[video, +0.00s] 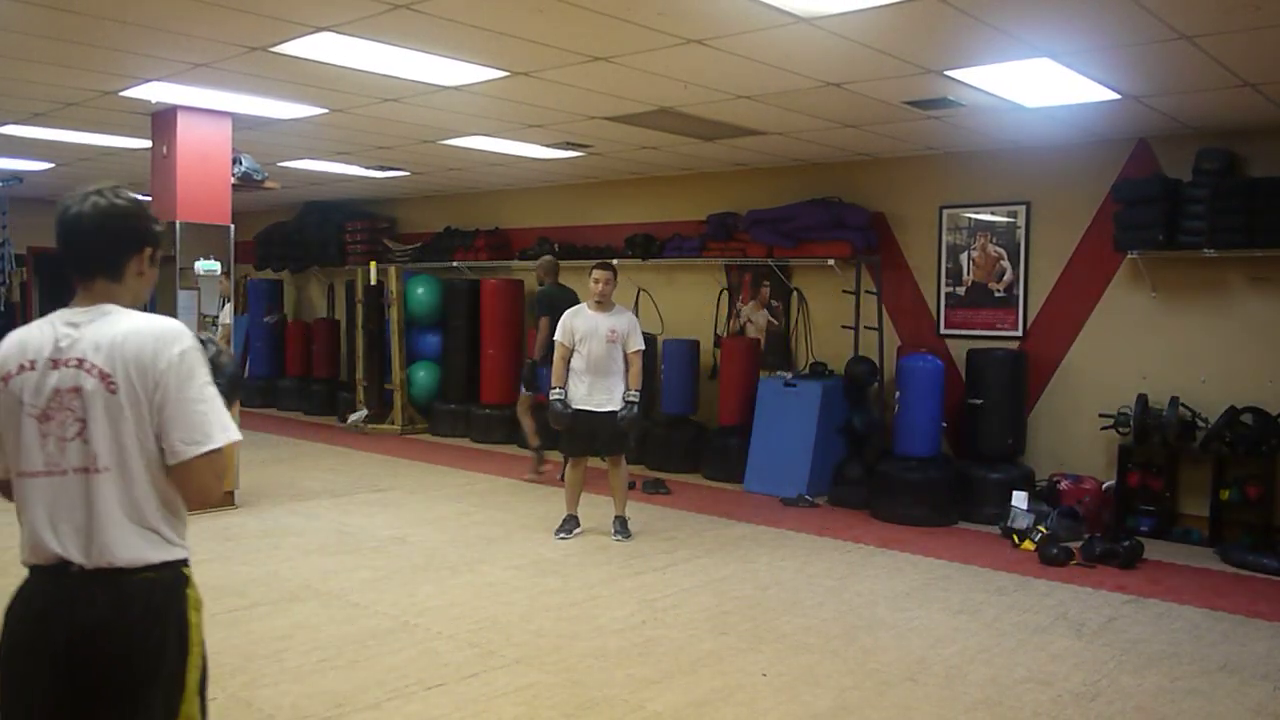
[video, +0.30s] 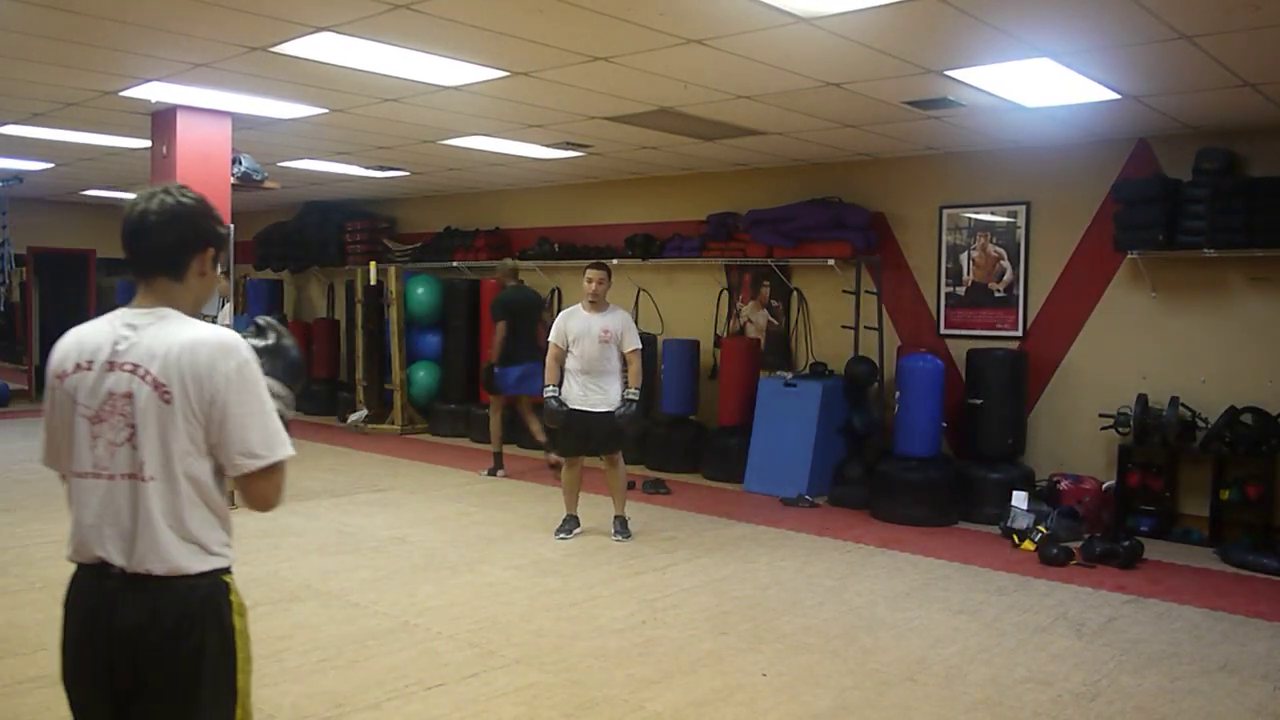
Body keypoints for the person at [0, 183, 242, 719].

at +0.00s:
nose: (153, 273)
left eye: (155, 260)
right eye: (155, 260)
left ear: (71, 258)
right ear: (142, 262)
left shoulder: (14, 349)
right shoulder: (163, 341)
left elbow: (9, 481)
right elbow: (206, 489)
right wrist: (213, 407)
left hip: (43, 603)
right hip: (147, 610)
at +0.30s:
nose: (218, 277)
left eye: (219, 263)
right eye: (218, 263)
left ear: (136, 255)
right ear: (203, 262)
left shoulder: (71, 348)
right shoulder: (218, 351)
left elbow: (67, 467)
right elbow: (263, 494)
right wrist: (265, 394)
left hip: (92, 606)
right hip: (190, 613)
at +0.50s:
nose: (257, 290)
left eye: (260, 277)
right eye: (258, 276)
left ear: (180, 269)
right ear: (244, 273)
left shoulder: (123, 355)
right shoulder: (264, 358)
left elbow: (130, 461)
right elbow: (297, 480)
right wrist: (292, 381)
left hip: (142, 600)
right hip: (232, 609)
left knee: (143, 713)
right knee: (236, 712)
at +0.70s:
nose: (303, 288)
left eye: (304, 276)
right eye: (303, 276)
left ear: (226, 281)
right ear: (292, 276)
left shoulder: (182, 359)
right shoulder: (321, 354)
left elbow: (195, 473)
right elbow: (349, 461)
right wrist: (342, 362)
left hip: (204, 584)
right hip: (287, 592)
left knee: (203, 711)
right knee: (288, 710)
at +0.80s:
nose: (323, 281)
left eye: (324, 271)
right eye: (324, 270)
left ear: (254, 272)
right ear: (315, 269)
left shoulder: (209, 351)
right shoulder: (345, 345)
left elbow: (227, 447)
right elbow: (366, 447)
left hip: (228, 570)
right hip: (311, 579)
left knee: (227, 710)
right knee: (317, 710)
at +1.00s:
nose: (374, 277)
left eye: (372, 267)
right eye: (373, 267)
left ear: (302, 272)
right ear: (366, 268)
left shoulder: (260, 343)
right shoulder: (392, 342)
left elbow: (266, 432)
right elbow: (399, 441)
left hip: (271, 554)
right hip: (356, 560)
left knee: (299, 707)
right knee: (394, 702)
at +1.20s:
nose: (427, 281)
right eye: (426, 272)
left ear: (358, 273)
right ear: (421, 273)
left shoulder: (315, 340)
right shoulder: (444, 342)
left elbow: (319, 432)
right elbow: (445, 448)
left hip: (323, 548)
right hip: (407, 551)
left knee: (332, 701)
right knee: (438, 690)